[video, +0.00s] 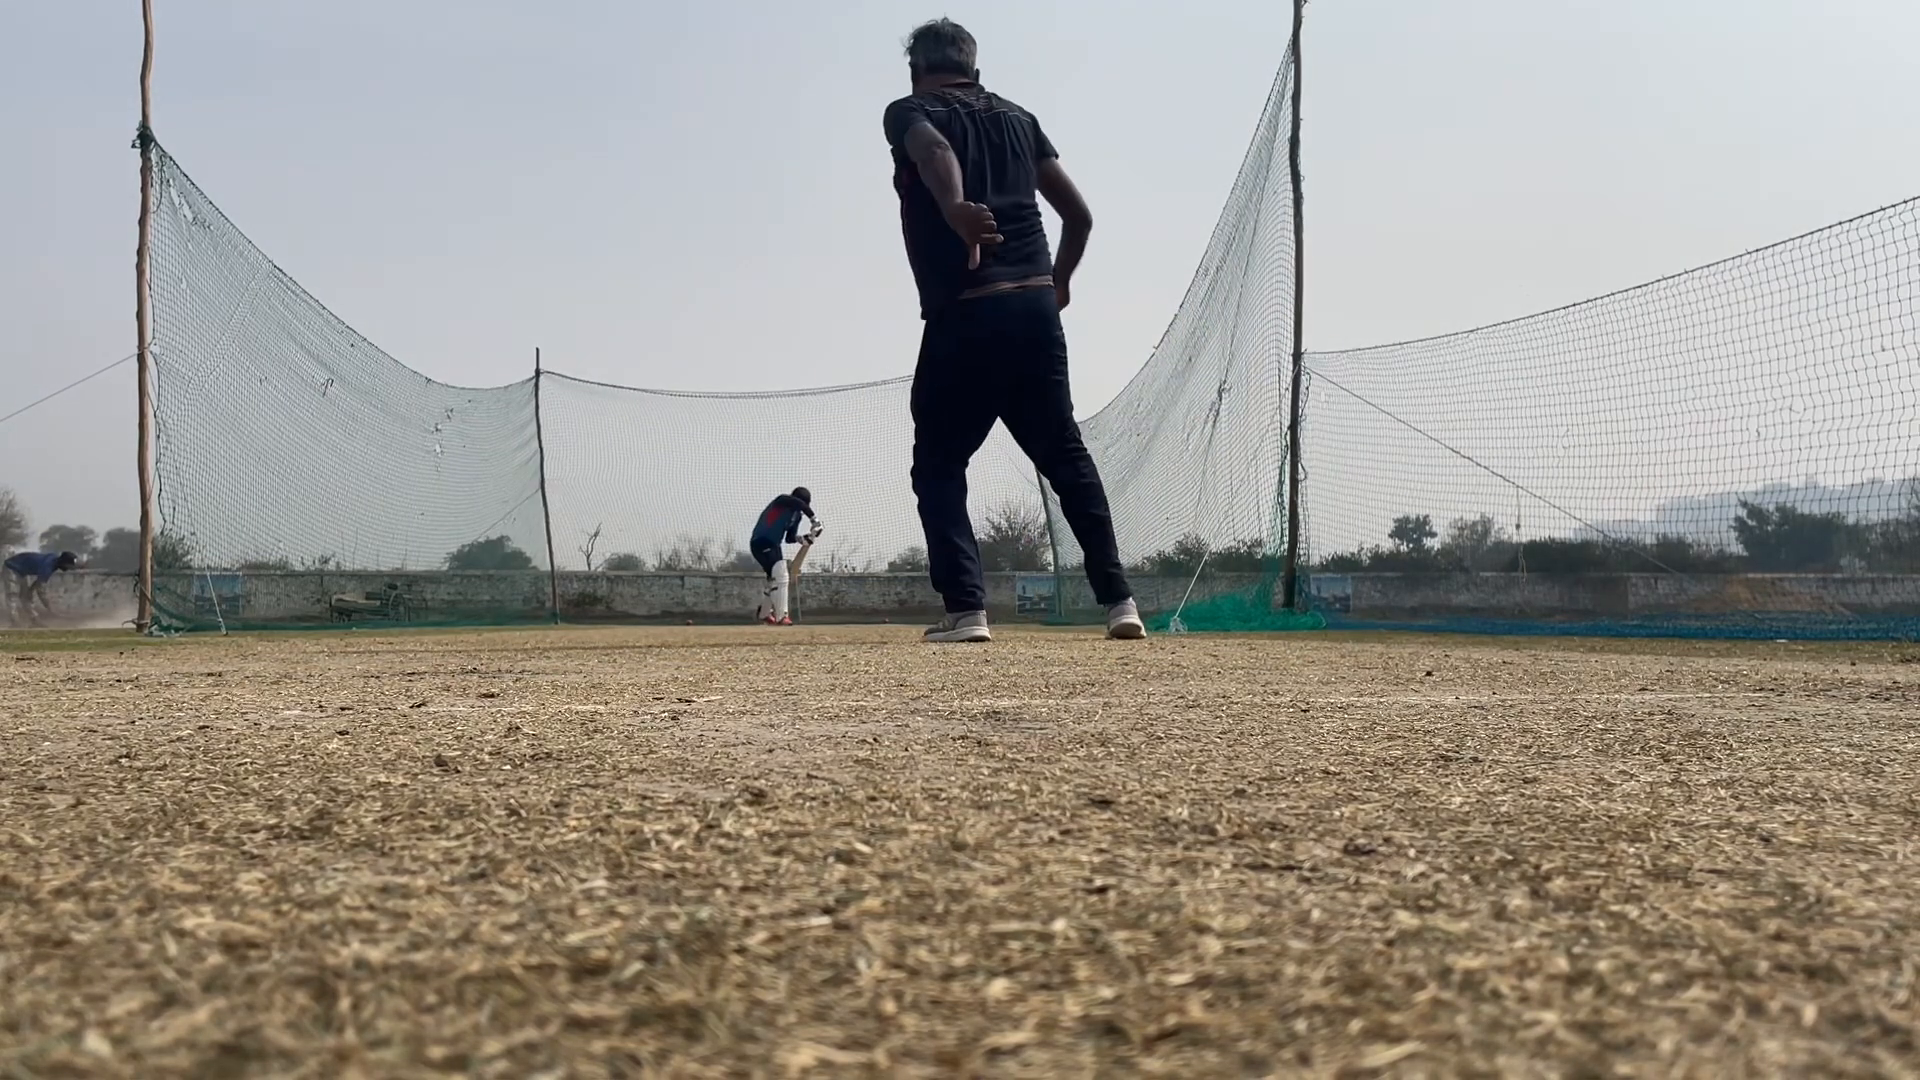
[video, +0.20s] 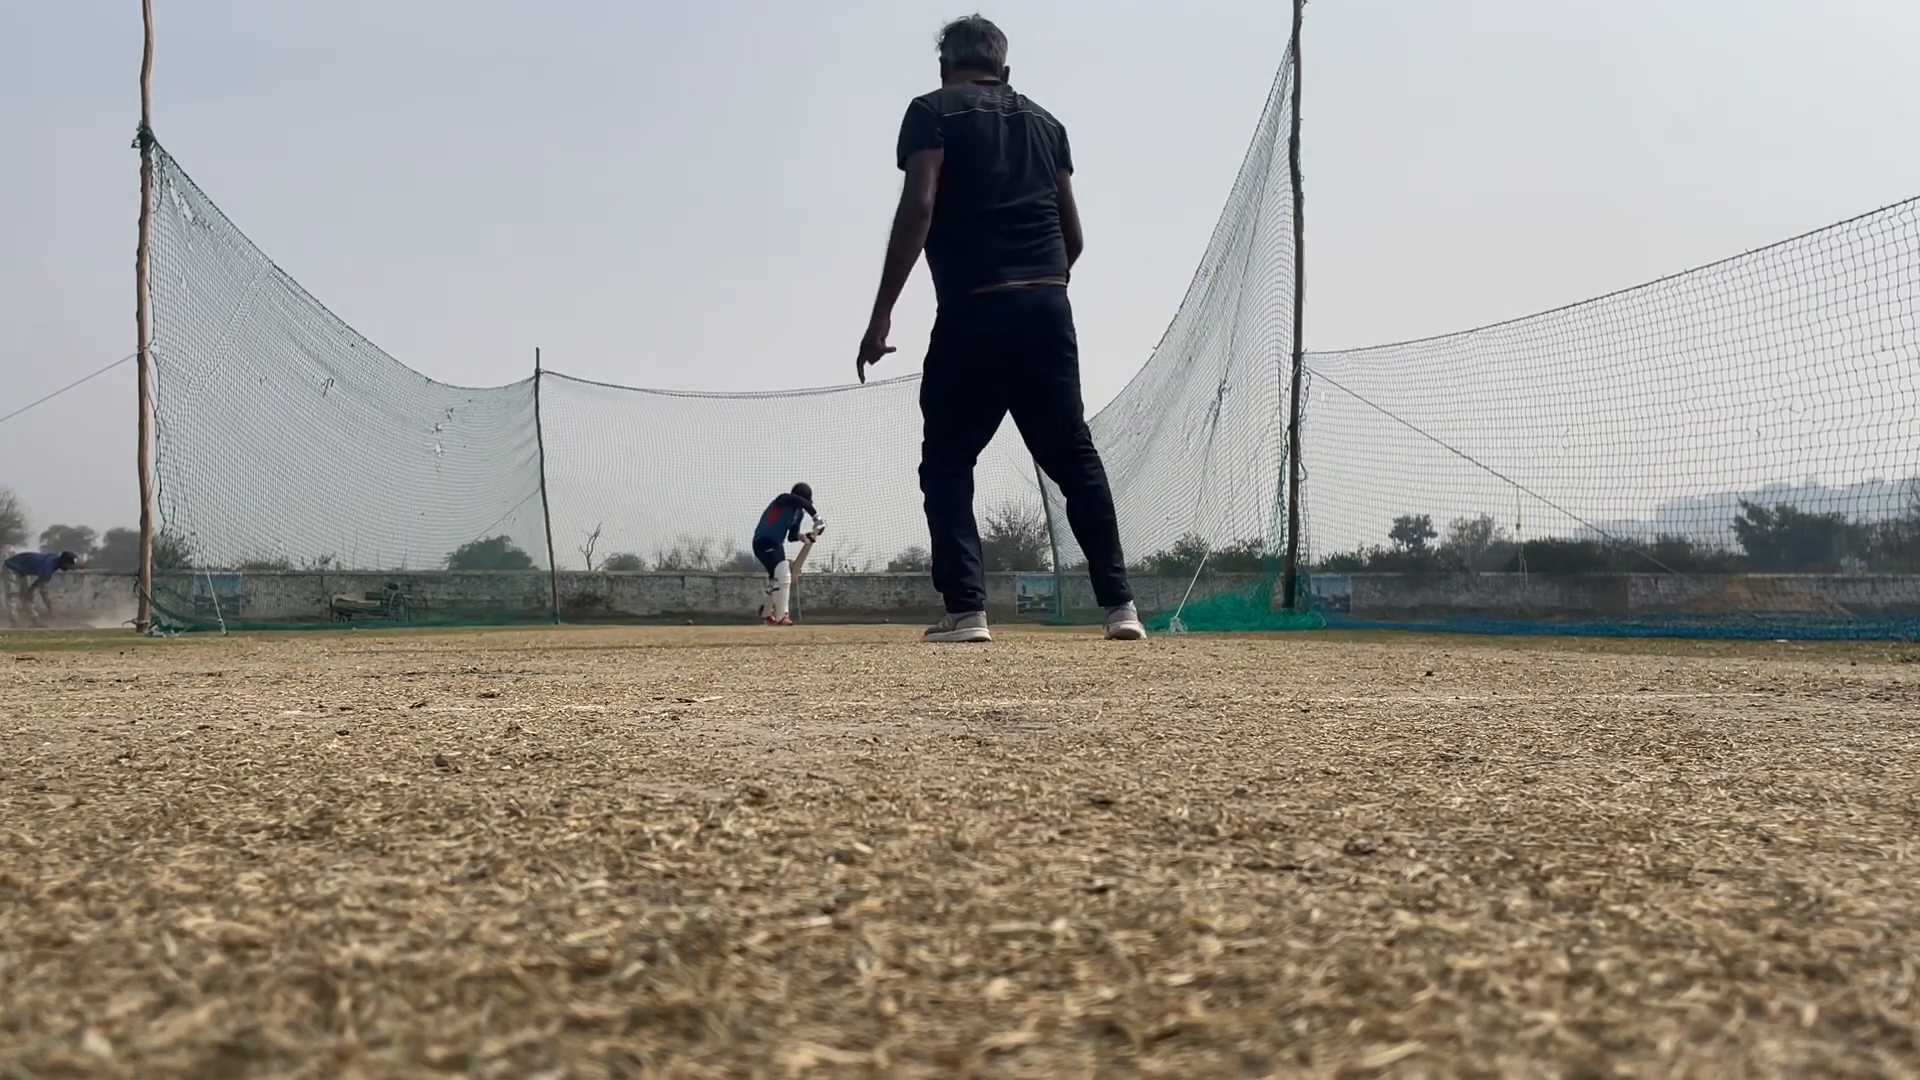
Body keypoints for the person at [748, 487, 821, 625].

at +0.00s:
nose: (803, 506)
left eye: (805, 504)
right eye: (802, 503)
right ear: (797, 499)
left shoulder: (797, 515)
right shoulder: (782, 499)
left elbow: (789, 538)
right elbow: (801, 504)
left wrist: (802, 538)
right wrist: (813, 519)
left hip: (773, 545)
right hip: (762, 542)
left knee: (774, 579)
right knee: (781, 576)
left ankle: (765, 613)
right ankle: (781, 615)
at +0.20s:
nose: (808, 504)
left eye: (808, 502)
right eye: (806, 501)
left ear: (801, 501)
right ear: (801, 498)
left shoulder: (799, 513)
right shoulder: (784, 498)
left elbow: (791, 537)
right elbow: (804, 503)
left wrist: (803, 537)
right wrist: (816, 518)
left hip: (776, 544)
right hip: (764, 541)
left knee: (776, 579)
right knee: (783, 576)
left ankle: (767, 612)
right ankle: (781, 616)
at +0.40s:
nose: (808, 502)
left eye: (809, 500)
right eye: (806, 499)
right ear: (803, 497)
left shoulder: (800, 513)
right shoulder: (784, 498)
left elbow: (793, 536)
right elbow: (804, 501)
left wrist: (805, 535)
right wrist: (816, 516)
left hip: (777, 544)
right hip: (765, 541)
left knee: (777, 580)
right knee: (785, 576)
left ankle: (768, 613)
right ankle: (781, 616)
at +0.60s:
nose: (808, 503)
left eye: (808, 501)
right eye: (806, 500)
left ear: (803, 501)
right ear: (802, 497)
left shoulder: (800, 512)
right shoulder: (784, 498)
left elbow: (793, 536)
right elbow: (803, 501)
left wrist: (804, 536)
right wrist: (817, 517)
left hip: (778, 544)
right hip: (765, 541)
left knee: (777, 578)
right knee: (784, 574)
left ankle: (769, 613)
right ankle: (781, 616)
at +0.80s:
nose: (808, 502)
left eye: (809, 500)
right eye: (807, 499)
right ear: (801, 496)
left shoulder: (800, 513)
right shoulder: (784, 498)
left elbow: (794, 536)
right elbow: (805, 503)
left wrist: (805, 536)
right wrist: (818, 518)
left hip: (778, 544)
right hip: (765, 541)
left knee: (777, 578)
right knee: (785, 574)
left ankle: (770, 613)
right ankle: (782, 616)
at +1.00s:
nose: (808, 501)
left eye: (809, 498)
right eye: (807, 498)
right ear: (800, 495)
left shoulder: (800, 512)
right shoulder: (784, 498)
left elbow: (794, 536)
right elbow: (805, 502)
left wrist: (806, 536)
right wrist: (818, 517)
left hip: (778, 544)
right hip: (766, 541)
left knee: (777, 578)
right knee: (785, 574)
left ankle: (770, 614)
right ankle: (782, 616)